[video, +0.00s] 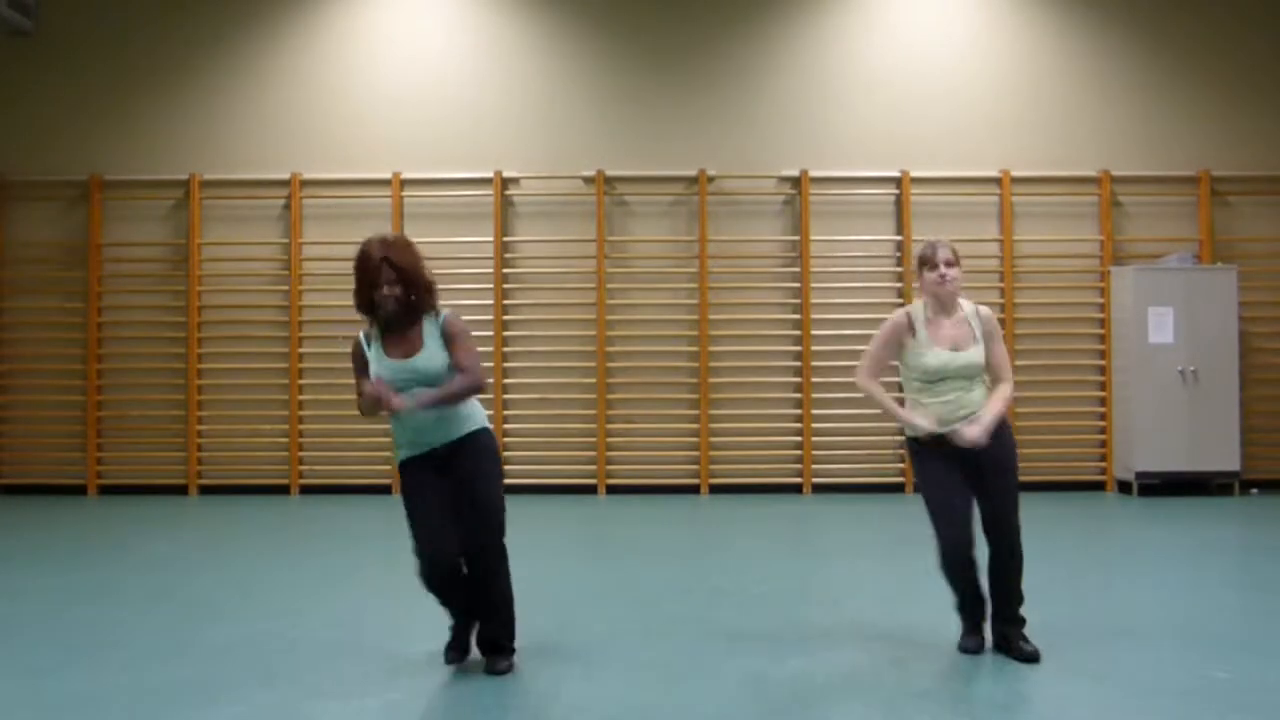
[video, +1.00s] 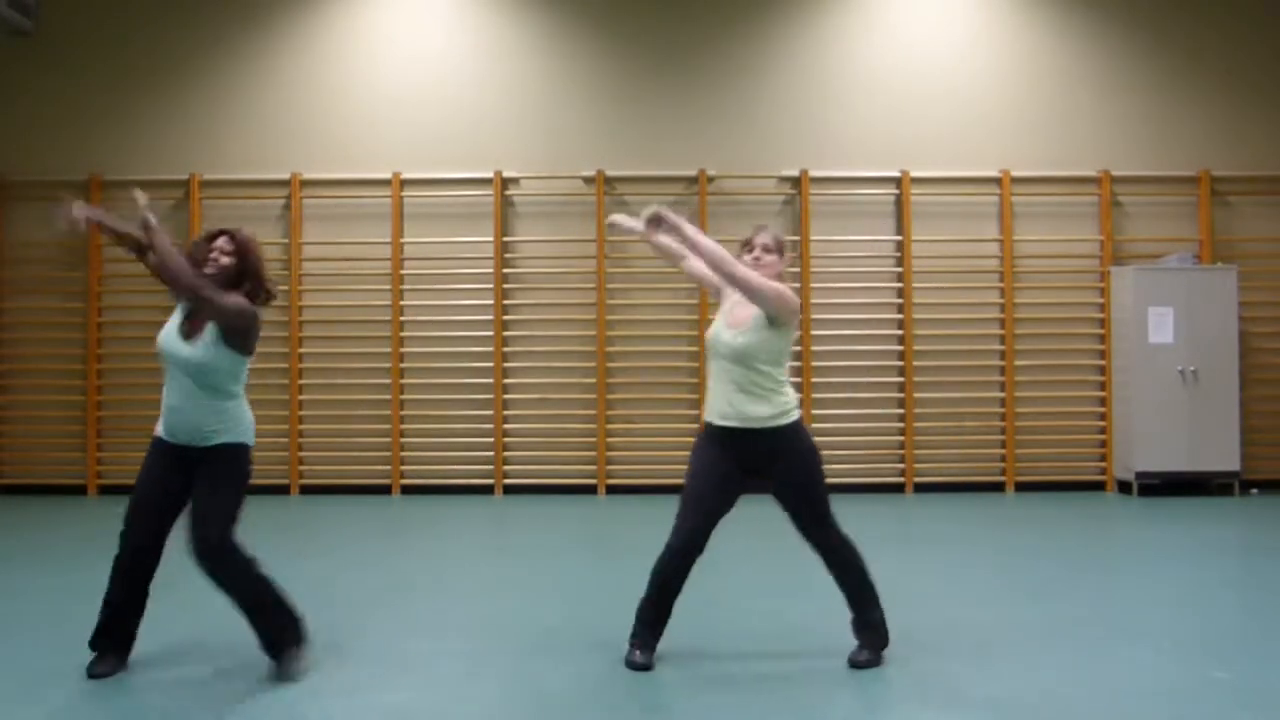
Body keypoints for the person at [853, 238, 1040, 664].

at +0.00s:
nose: (943, 273)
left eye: (950, 265)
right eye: (933, 268)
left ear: (961, 272)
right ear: (919, 278)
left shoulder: (982, 318)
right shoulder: (902, 324)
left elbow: (1005, 382)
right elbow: (864, 377)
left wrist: (984, 424)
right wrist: (905, 416)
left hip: (987, 433)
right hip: (933, 442)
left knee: (1005, 537)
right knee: (955, 544)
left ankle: (1009, 629)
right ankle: (972, 622)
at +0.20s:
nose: (924, 251)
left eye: (932, 245)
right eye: (916, 244)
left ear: (945, 254)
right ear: (903, 253)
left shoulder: (957, 300)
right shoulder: (892, 286)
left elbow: (927, 347)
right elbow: (841, 283)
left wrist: (876, 316)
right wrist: (822, 284)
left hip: (964, 421)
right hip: (907, 419)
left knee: (983, 525)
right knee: (867, 507)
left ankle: (1008, 630)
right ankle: (865, 612)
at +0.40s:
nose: (887, 257)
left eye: (896, 251)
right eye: (880, 251)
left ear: (912, 259)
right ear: (871, 259)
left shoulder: (918, 304)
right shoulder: (862, 295)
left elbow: (861, 323)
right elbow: (812, 289)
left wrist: (798, 291)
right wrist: (773, 270)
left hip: (909, 434)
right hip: (852, 428)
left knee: (937, 537)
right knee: (827, 530)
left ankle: (1007, 627)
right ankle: (823, 631)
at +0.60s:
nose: (844, 253)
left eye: (853, 247)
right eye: (837, 246)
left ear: (867, 256)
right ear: (826, 254)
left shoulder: (877, 303)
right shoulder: (816, 297)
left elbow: (872, 371)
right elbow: (799, 349)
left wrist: (807, 374)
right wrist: (782, 355)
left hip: (865, 430)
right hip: (813, 426)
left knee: (844, 533)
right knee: (806, 534)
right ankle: (823, 630)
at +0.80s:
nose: (806, 240)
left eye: (817, 234)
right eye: (799, 233)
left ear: (832, 247)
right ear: (789, 242)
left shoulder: (833, 286)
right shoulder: (780, 281)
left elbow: (778, 305)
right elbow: (744, 287)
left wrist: (737, 261)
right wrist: (716, 266)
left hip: (836, 425)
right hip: (780, 424)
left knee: (854, 529)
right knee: (728, 513)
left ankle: (873, 636)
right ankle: (746, 611)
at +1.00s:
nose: (757, 255)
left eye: (767, 250)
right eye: (749, 249)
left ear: (784, 264)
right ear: (738, 257)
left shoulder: (785, 304)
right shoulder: (727, 292)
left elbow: (730, 270)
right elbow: (688, 261)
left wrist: (680, 225)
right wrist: (646, 234)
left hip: (782, 441)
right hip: (721, 441)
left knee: (825, 536)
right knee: (686, 541)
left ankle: (873, 633)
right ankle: (644, 638)